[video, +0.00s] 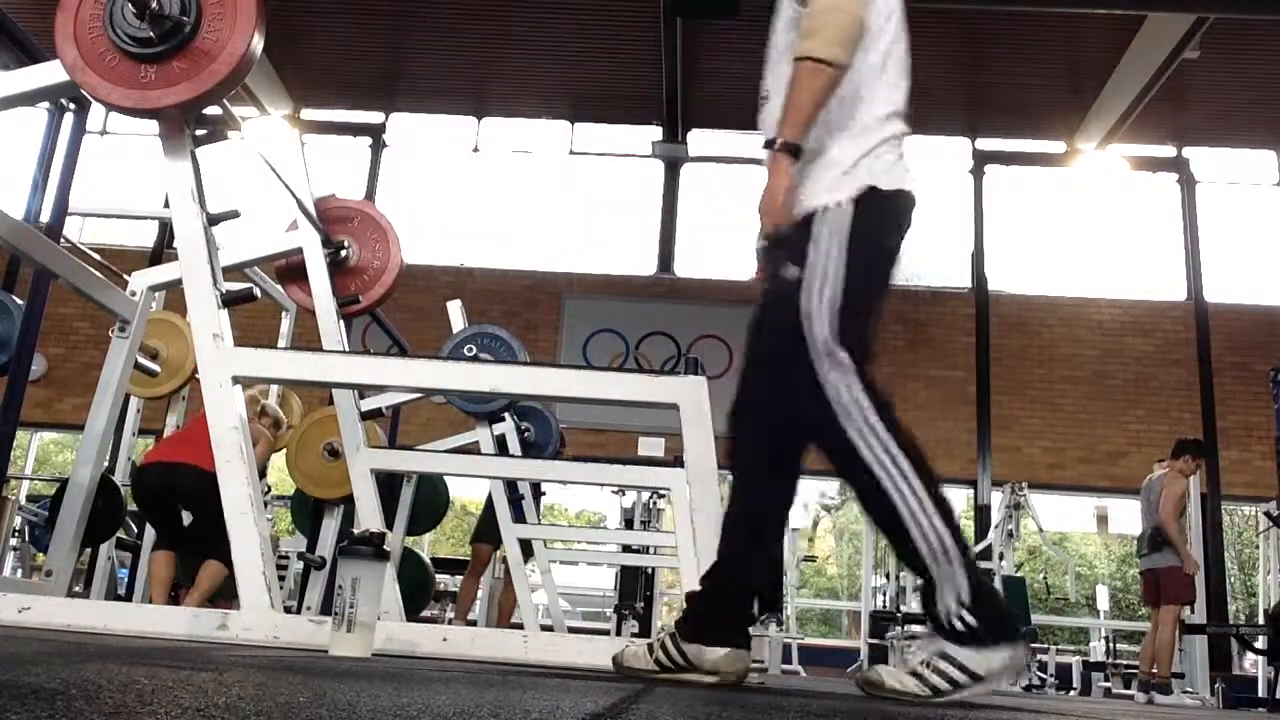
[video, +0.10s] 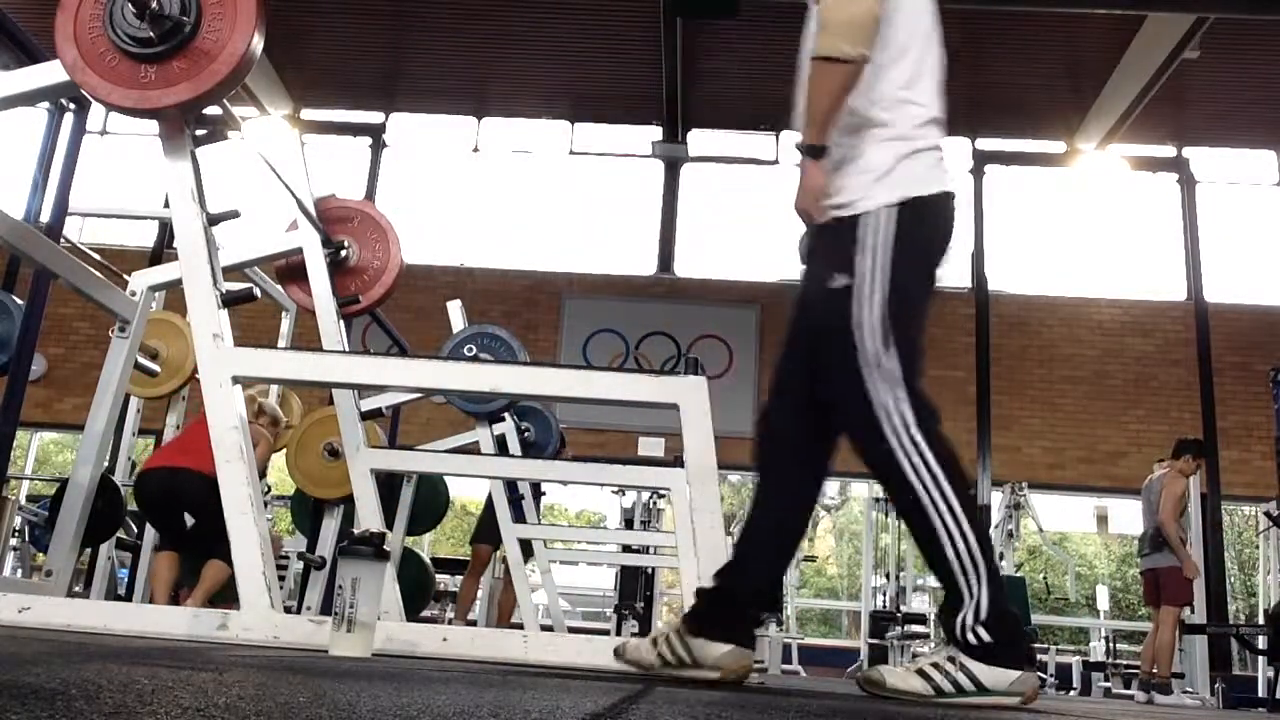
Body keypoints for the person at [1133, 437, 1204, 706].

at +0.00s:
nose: (1196, 472)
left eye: (1198, 467)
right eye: (1196, 466)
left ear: (1177, 459)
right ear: (1185, 459)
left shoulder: (1150, 480)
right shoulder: (1176, 480)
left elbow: (1151, 522)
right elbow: (1166, 517)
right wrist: (1185, 556)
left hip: (1149, 562)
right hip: (1170, 561)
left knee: (1156, 624)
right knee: (1167, 625)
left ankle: (1143, 684)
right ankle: (1163, 687)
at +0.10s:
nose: (1196, 472)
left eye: (1198, 467)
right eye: (1196, 466)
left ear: (1178, 458)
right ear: (1186, 459)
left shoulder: (1152, 479)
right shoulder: (1176, 480)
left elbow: (1153, 522)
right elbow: (1166, 519)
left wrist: (1181, 539)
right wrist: (1186, 559)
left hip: (1150, 562)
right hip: (1169, 562)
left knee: (1157, 624)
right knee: (1167, 625)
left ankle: (1144, 684)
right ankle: (1163, 687)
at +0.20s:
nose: (1196, 472)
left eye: (1198, 467)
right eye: (1197, 466)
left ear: (1178, 458)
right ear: (1187, 459)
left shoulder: (1152, 479)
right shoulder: (1177, 480)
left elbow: (1154, 522)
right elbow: (1166, 519)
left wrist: (1181, 540)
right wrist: (1187, 560)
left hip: (1152, 563)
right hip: (1170, 562)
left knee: (1160, 624)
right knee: (1167, 625)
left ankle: (1145, 684)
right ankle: (1163, 687)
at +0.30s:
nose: (1197, 472)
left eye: (1199, 467)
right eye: (1198, 466)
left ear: (1180, 458)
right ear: (1188, 460)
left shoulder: (1153, 481)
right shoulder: (1177, 480)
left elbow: (1156, 526)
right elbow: (1168, 523)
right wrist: (1193, 561)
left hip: (1155, 564)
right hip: (1171, 563)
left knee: (1170, 624)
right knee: (1168, 625)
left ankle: (1148, 682)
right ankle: (1163, 689)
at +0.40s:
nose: (1197, 473)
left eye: (1200, 468)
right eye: (1198, 467)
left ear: (1181, 458)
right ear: (1189, 460)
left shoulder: (1153, 481)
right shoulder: (1178, 480)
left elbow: (1160, 526)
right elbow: (1171, 520)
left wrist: (1196, 555)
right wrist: (1191, 550)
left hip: (1156, 562)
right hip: (1171, 561)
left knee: (1172, 625)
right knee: (1169, 625)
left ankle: (1162, 684)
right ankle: (1162, 687)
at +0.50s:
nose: (1199, 474)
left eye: (1201, 469)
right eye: (1200, 469)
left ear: (1183, 458)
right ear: (1191, 461)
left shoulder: (1154, 481)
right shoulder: (1178, 479)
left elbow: (1158, 527)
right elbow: (1179, 524)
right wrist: (1203, 550)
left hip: (1156, 561)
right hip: (1173, 560)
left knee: (1186, 619)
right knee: (1169, 621)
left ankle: (1170, 679)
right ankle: (1164, 686)